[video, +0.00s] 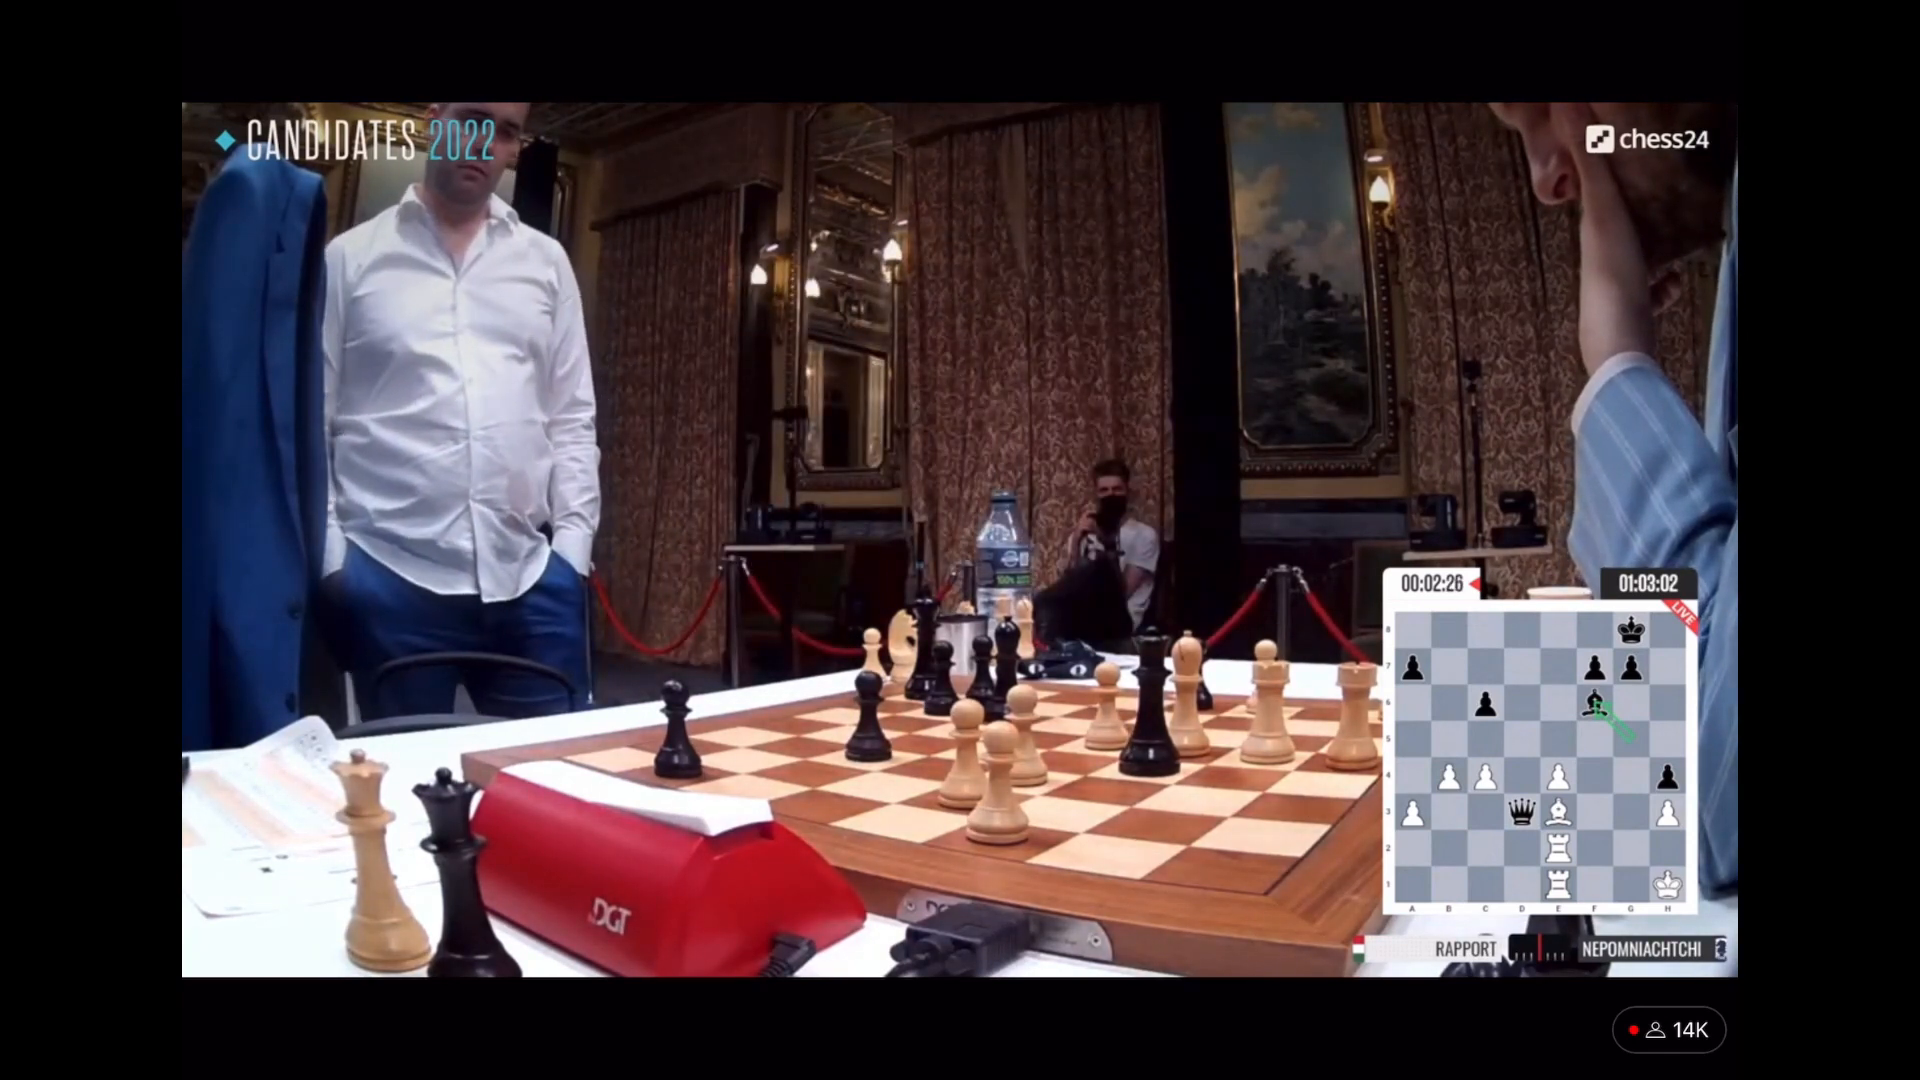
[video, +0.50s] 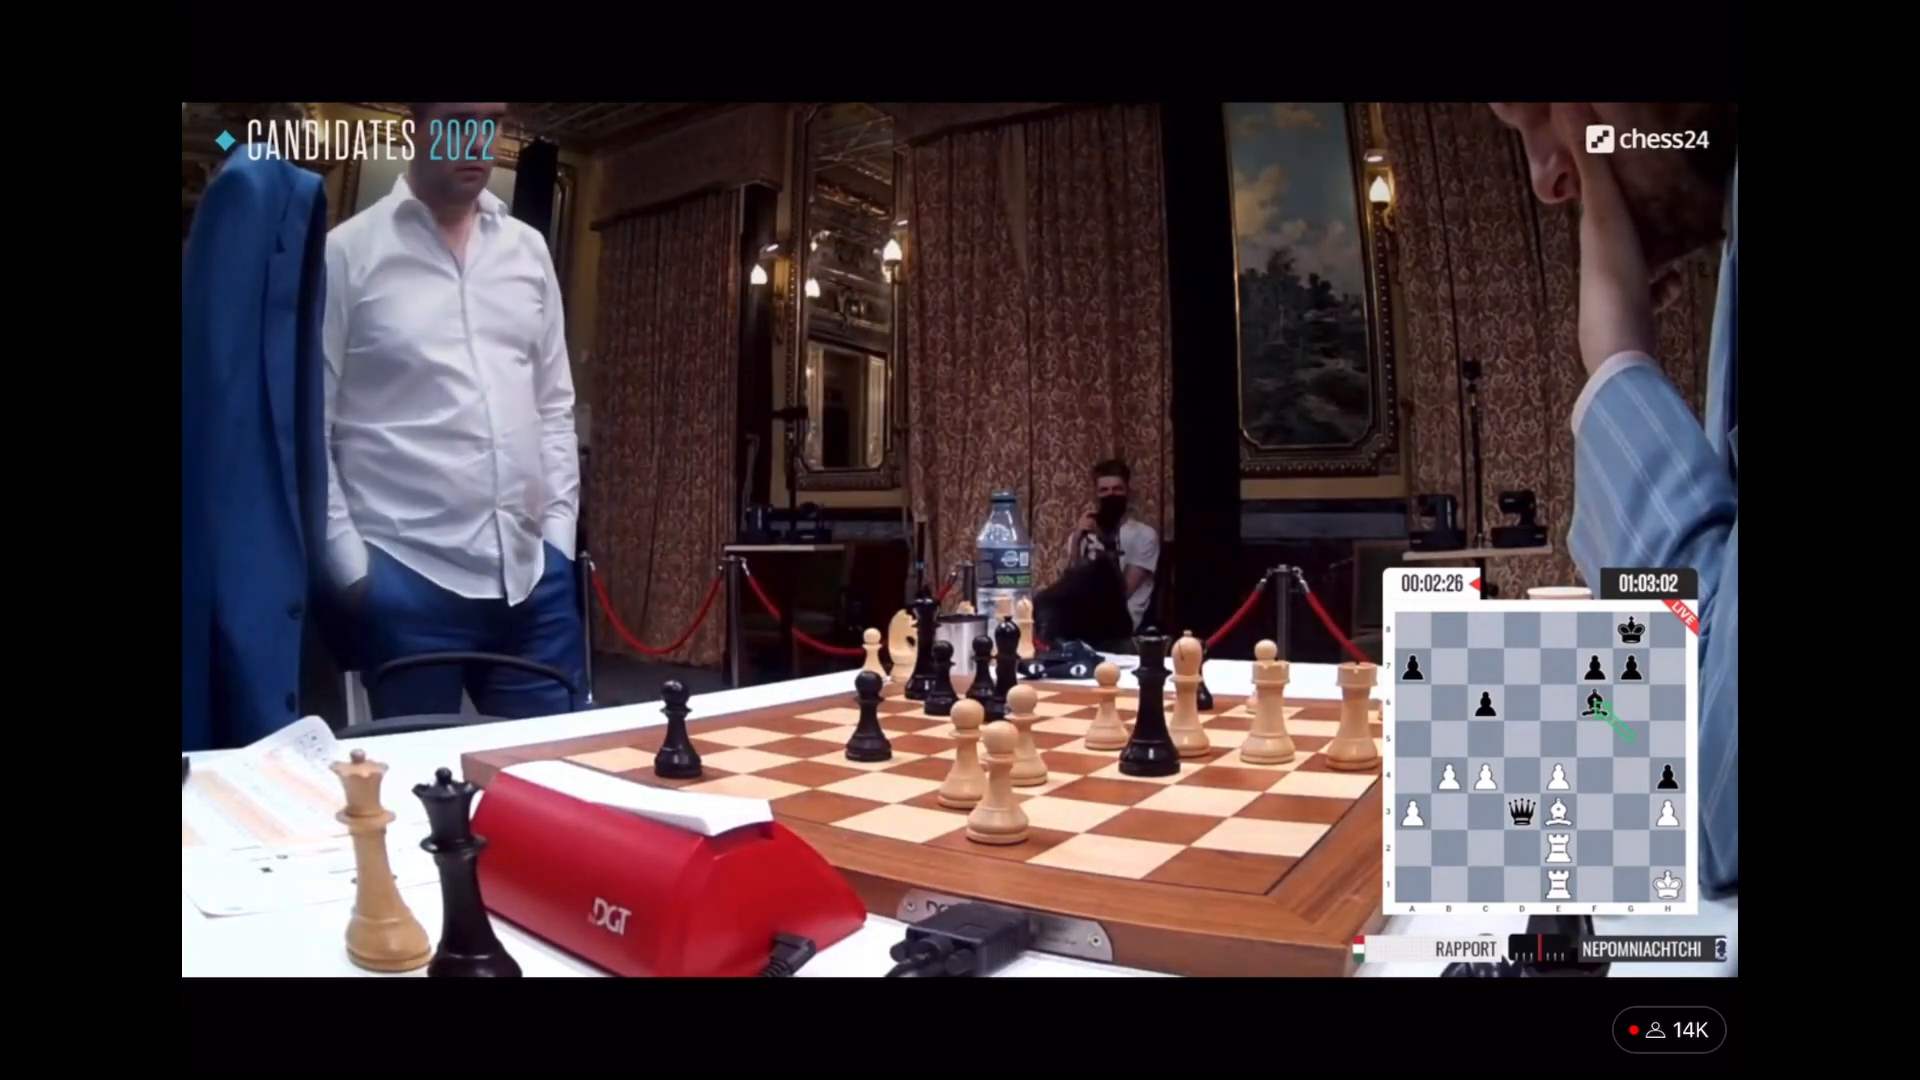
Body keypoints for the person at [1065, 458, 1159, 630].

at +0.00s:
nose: (1110, 495)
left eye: (1117, 489)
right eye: (1103, 490)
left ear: (1127, 491)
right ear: (1095, 493)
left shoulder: (1145, 536)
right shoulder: (1082, 537)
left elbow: (1125, 590)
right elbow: (1071, 584)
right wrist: (1076, 539)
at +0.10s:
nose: (1110, 495)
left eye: (1117, 489)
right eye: (1103, 490)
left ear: (1127, 491)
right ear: (1095, 494)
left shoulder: (1145, 536)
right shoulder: (1082, 537)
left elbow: (1125, 591)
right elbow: (1071, 584)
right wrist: (1076, 539)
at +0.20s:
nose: (1110, 495)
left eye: (1117, 489)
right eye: (1103, 490)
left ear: (1127, 491)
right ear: (1095, 494)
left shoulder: (1145, 536)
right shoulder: (1082, 537)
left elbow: (1125, 591)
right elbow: (1071, 584)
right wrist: (1076, 539)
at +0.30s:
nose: (1110, 495)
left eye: (1117, 489)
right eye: (1103, 490)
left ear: (1127, 491)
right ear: (1095, 494)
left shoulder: (1145, 536)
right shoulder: (1082, 537)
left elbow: (1125, 591)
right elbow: (1071, 584)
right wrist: (1076, 539)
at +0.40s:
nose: (1110, 495)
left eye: (1117, 489)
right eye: (1103, 490)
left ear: (1127, 491)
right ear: (1096, 494)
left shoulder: (1145, 536)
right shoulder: (1082, 537)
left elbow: (1125, 591)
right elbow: (1072, 584)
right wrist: (1076, 539)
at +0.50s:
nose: (1110, 495)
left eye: (1117, 489)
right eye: (1104, 490)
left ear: (1127, 491)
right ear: (1095, 494)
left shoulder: (1145, 536)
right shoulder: (1082, 537)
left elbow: (1125, 590)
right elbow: (1071, 584)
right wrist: (1076, 539)